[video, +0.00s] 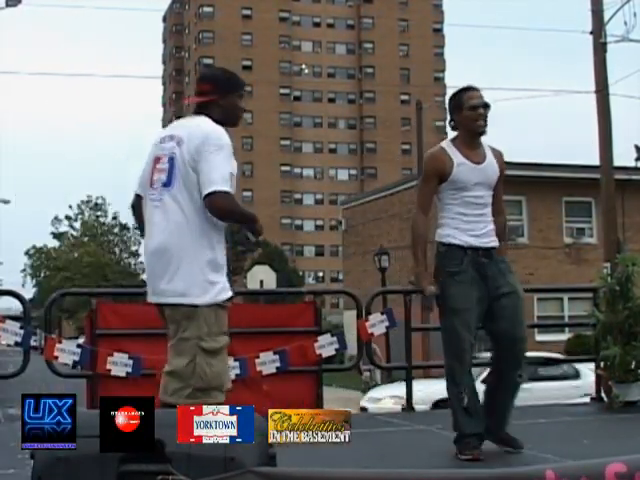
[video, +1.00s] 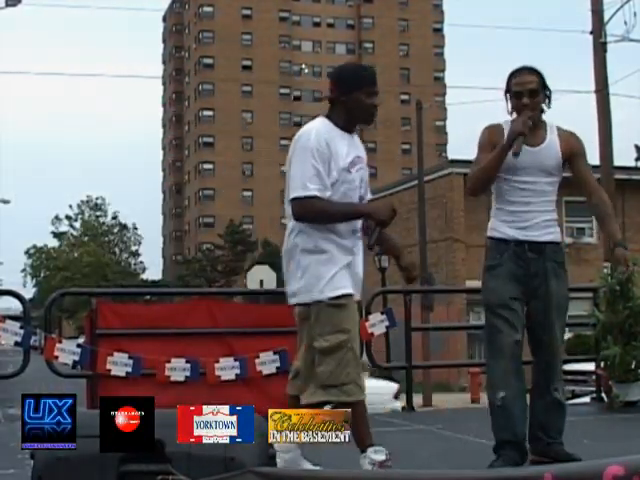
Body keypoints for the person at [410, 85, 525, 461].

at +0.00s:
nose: (482, 113)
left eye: (484, 107)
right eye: (474, 108)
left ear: (488, 113)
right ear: (455, 117)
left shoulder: (494, 158)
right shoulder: (439, 158)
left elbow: (498, 212)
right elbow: (421, 215)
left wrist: (502, 256)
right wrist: (424, 277)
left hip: (492, 260)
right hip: (456, 260)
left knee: (513, 342)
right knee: (460, 349)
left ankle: (494, 425)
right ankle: (467, 435)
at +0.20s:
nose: (501, 111)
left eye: (502, 105)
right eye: (492, 105)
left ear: (500, 113)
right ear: (471, 113)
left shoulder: (505, 157)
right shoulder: (453, 156)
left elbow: (502, 209)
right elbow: (436, 211)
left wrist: (508, 253)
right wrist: (439, 265)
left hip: (502, 259)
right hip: (466, 259)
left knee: (518, 347)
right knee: (467, 353)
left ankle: (542, 435)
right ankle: (469, 439)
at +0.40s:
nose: (520, 107)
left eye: (522, 102)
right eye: (512, 103)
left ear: (523, 111)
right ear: (491, 111)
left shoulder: (523, 159)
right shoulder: (473, 151)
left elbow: (520, 213)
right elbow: (455, 207)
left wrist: (530, 256)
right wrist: (459, 263)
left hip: (522, 259)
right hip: (482, 259)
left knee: (533, 352)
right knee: (480, 355)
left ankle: (545, 443)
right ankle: (470, 441)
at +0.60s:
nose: (533, 101)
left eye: (538, 96)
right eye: (524, 96)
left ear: (544, 104)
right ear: (508, 105)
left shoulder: (550, 155)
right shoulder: (490, 144)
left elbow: (554, 209)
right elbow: (465, 196)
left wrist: (559, 255)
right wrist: (473, 244)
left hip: (543, 258)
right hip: (501, 256)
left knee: (546, 352)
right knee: (500, 342)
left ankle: (546, 443)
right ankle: (477, 423)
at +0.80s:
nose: (536, 100)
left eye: (542, 93)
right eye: (528, 94)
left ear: (552, 99)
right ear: (515, 100)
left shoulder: (566, 147)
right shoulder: (496, 139)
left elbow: (586, 201)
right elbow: (468, 188)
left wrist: (600, 253)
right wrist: (491, 193)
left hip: (548, 256)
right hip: (503, 254)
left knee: (549, 351)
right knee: (502, 348)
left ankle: (546, 443)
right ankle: (495, 442)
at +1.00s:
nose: (526, 101)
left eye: (533, 94)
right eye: (518, 95)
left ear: (545, 97)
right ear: (507, 100)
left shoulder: (566, 142)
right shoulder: (493, 136)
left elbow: (595, 194)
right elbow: (473, 187)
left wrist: (615, 242)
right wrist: (508, 144)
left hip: (549, 254)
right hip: (503, 252)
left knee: (549, 350)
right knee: (504, 348)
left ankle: (547, 443)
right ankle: (509, 448)